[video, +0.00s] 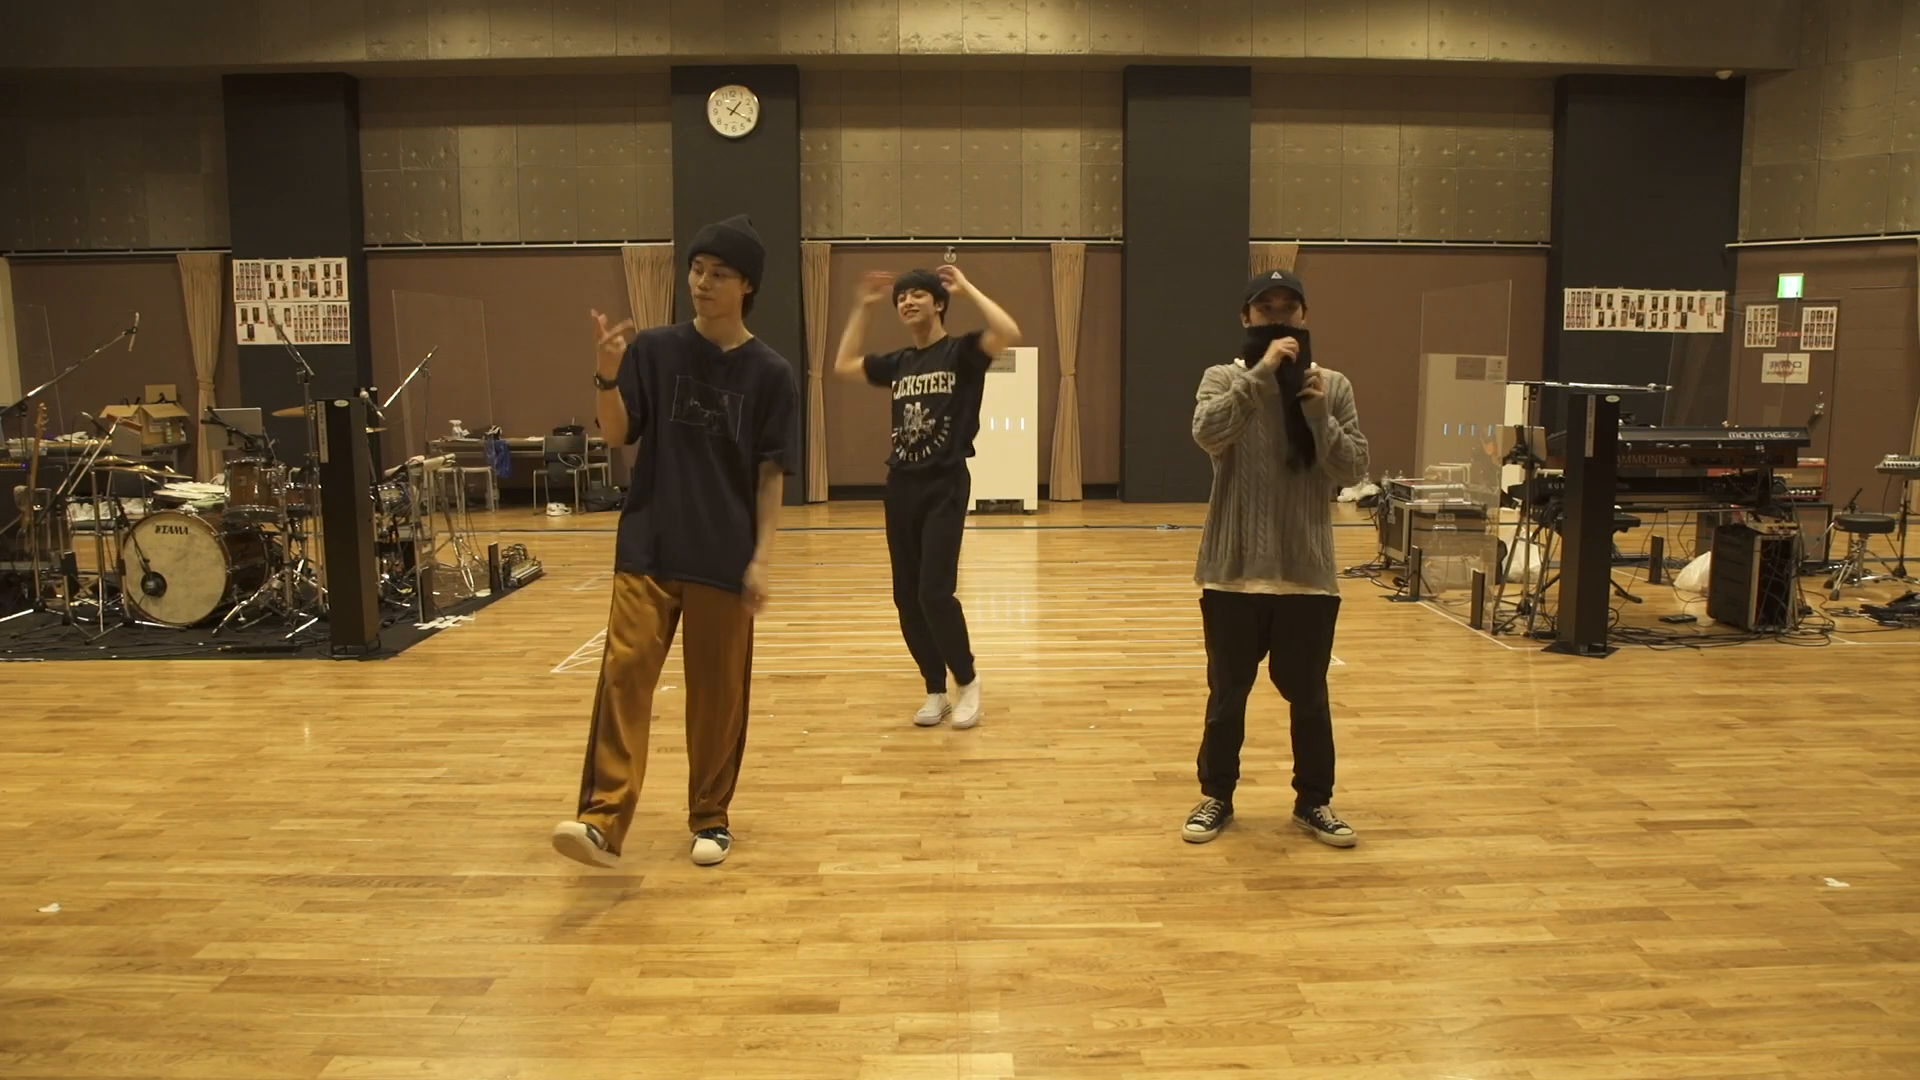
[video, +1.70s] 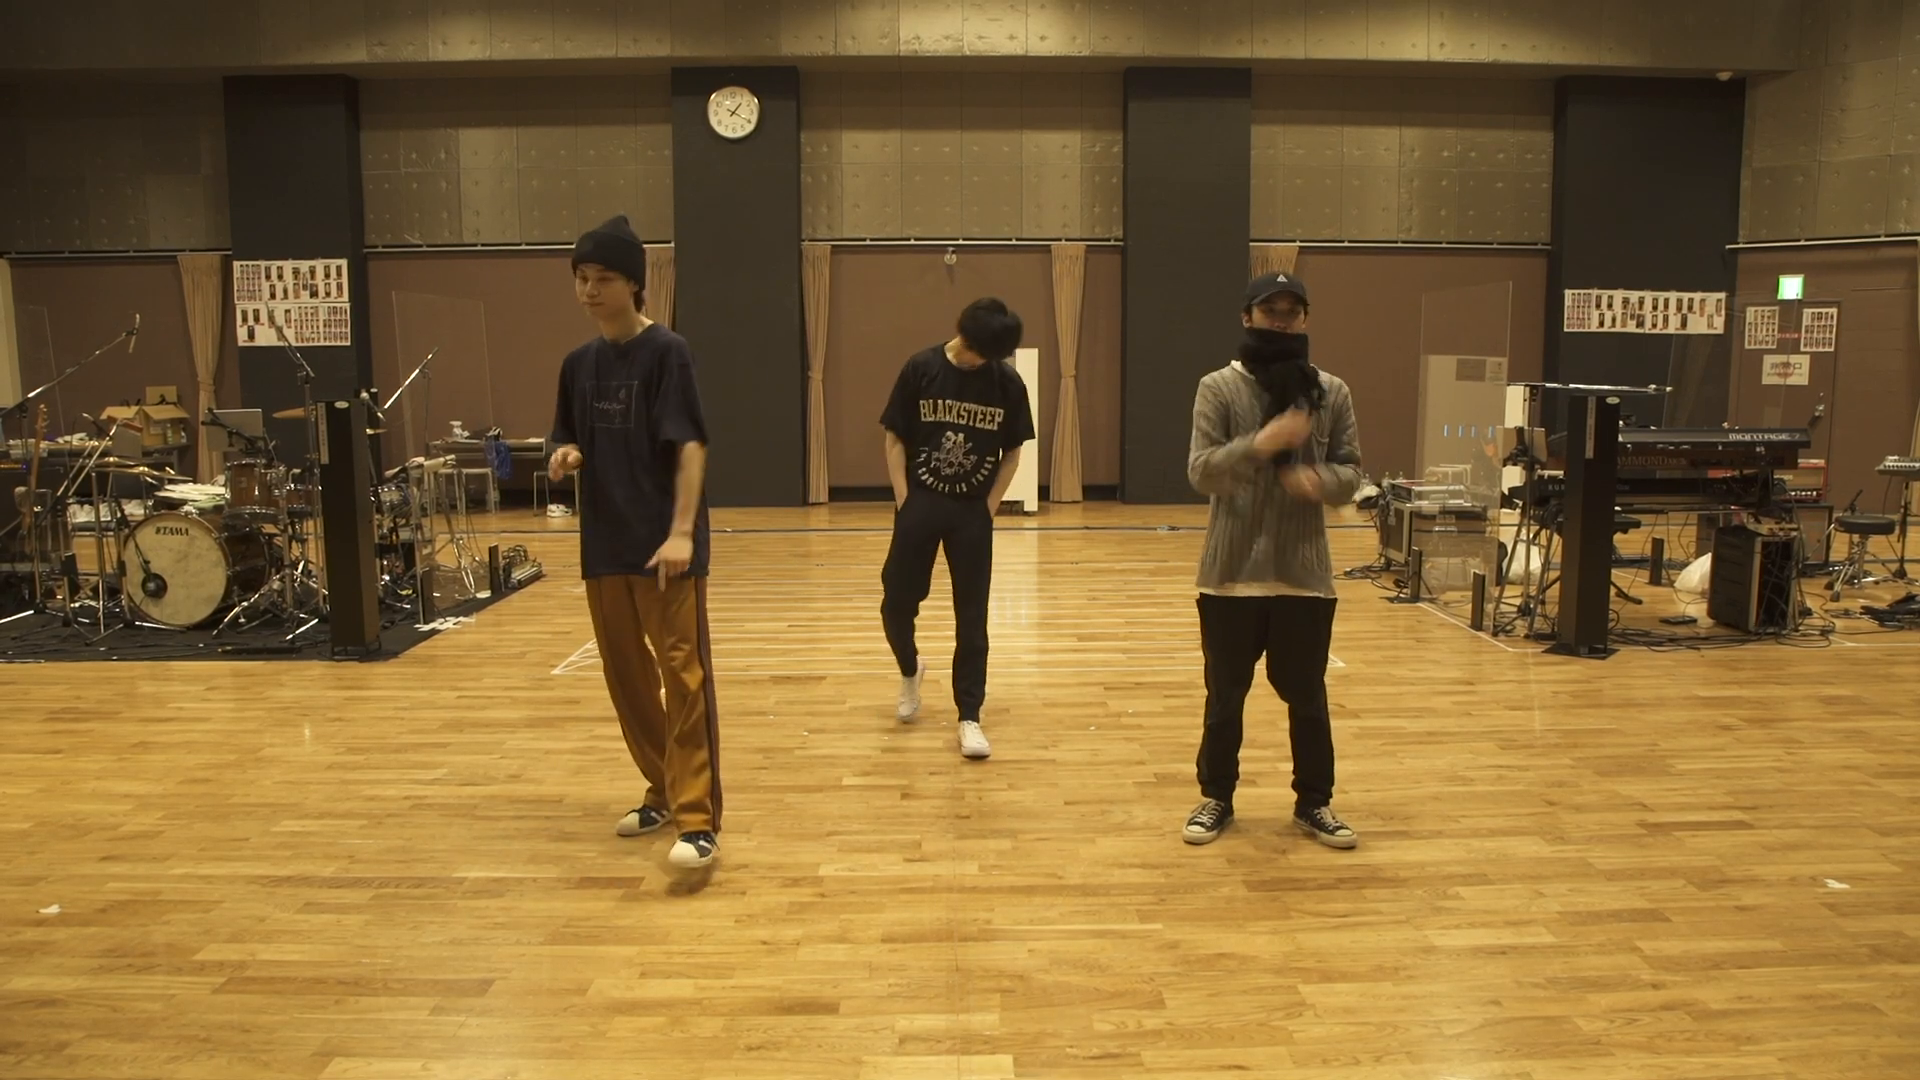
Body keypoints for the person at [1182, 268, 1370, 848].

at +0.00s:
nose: (1277, 316)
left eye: (1288, 306)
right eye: (1265, 307)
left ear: (1304, 316)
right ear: (1246, 317)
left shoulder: (1333, 386)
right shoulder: (1223, 378)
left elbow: (1350, 471)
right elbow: (1209, 436)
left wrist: (1317, 406)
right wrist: (1262, 371)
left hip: (1308, 572)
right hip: (1233, 570)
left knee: (1309, 696)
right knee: (1226, 695)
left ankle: (1314, 803)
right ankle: (1215, 800)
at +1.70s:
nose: (1284, 322)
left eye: (1293, 312)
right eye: (1272, 311)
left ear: (1305, 320)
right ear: (1249, 318)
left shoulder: (1331, 392)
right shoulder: (1218, 387)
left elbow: (1350, 474)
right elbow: (1201, 472)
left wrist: (1319, 480)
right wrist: (1260, 442)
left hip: (1304, 574)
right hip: (1230, 573)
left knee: (1307, 697)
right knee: (1223, 697)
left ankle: (1314, 805)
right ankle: (1215, 801)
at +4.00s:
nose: (1278, 323)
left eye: (1287, 314)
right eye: (1266, 314)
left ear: (1299, 322)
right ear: (1244, 321)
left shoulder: (1326, 397)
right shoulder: (1213, 397)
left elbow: (1330, 489)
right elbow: (1199, 486)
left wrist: (1318, 559)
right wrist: (1194, 558)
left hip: (1303, 573)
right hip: (1228, 573)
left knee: (1300, 688)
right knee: (1234, 688)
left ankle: (1297, 779)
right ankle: (1239, 788)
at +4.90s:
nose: (1289, 331)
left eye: (1298, 321)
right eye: (1277, 321)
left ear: (1308, 326)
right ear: (1252, 325)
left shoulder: (1326, 383)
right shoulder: (1215, 390)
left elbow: (1360, 449)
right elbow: (1167, 465)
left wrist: (1395, 492)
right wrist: (1174, 517)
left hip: (1309, 572)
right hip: (1235, 575)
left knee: (1322, 688)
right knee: (1236, 691)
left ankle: (1331, 788)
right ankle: (1240, 790)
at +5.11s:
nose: (1306, 330)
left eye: (1314, 320)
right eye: (1294, 320)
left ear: (1325, 325)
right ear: (1268, 324)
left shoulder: (1344, 391)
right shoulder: (1238, 394)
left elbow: (1353, 485)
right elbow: (1228, 487)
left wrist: (1356, 564)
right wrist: (1224, 565)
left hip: (1328, 572)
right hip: (1258, 573)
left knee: (1331, 685)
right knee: (1246, 687)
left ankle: (1333, 787)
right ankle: (1241, 788)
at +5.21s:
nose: (1315, 329)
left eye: (1322, 319)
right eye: (1303, 319)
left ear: (1333, 325)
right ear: (1277, 324)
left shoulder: (1352, 390)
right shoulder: (1244, 395)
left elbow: (1367, 474)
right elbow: (1216, 478)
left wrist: (1368, 548)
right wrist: (1216, 551)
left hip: (1334, 571)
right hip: (1261, 572)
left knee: (1333, 688)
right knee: (1250, 689)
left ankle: (1332, 787)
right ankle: (1242, 788)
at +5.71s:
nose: (1350, 324)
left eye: (1358, 314)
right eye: (1337, 314)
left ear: (1366, 321)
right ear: (1309, 321)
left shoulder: (1380, 384)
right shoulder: (1274, 388)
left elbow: (1381, 460)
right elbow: (1234, 465)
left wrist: (1383, 519)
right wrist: (1231, 530)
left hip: (1350, 572)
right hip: (1281, 573)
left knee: (1343, 691)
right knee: (1259, 689)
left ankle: (1333, 789)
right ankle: (1242, 789)